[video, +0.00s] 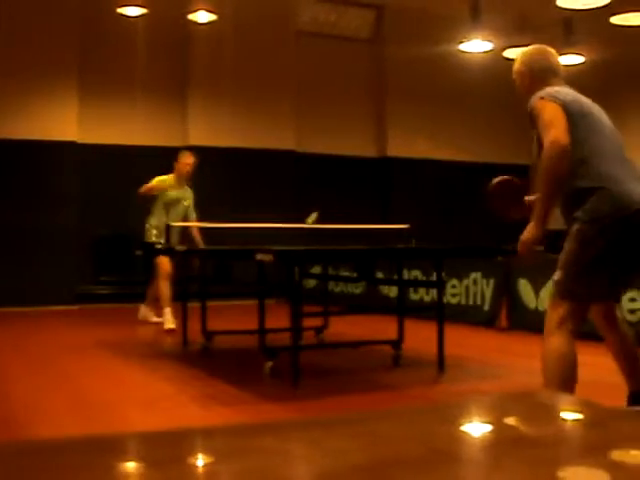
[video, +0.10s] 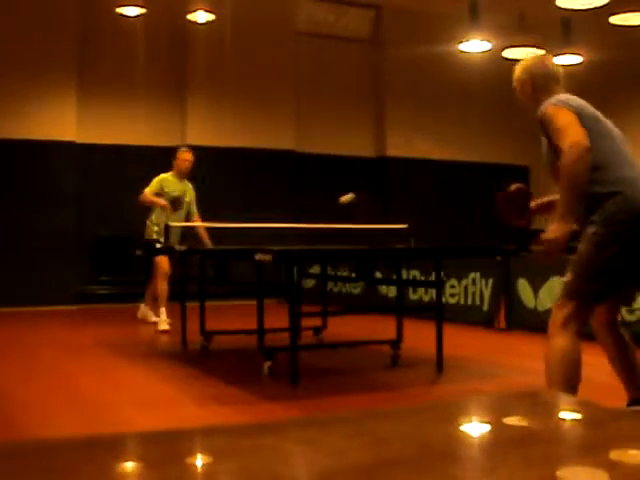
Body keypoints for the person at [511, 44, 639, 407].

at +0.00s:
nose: (515, 85)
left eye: (515, 77)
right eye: (514, 77)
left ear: (524, 76)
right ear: (557, 73)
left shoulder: (544, 99)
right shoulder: (581, 102)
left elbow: (558, 143)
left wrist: (538, 221)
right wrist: (538, 201)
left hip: (603, 210)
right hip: (631, 207)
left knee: (561, 317)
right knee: (604, 309)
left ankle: (557, 415)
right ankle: (637, 390)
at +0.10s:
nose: (517, 95)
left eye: (517, 87)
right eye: (516, 87)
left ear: (527, 85)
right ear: (555, 80)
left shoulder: (553, 107)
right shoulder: (575, 107)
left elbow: (577, 148)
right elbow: (599, 176)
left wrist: (563, 219)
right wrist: (551, 201)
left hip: (615, 215)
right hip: (632, 213)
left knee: (564, 318)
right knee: (605, 319)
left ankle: (561, 414)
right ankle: (636, 396)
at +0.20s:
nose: (514, 122)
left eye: (514, 114)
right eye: (513, 114)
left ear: (526, 110)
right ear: (551, 102)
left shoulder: (557, 126)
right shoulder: (576, 124)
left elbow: (593, 160)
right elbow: (577, 212)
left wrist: (587, 228)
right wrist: (537, 220)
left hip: (627, 225)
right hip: (633, 224)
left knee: (565, 316)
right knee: (603, 319)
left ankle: (571, 414)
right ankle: (636, 397)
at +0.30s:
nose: (512, 157)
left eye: (513, 147)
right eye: (510, 148)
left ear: (529, 141)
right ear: (545, 135)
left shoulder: (557, 154)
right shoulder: (570, 152)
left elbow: (601, 182)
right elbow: (581, 233)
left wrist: (607, 250)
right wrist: (537, 240)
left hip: (632, 245)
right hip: (634, 246)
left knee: (566, 319)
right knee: (600, 324)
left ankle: (575, 414)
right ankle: (636, 398)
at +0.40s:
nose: (511, 184)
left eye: (511, 175)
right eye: (509, 177)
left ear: (526, 168)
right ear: (543, 160)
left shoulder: (557, 179)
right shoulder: (560, 184)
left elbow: (602, 202)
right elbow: (572, 246)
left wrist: (616, 275)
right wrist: (522, 265)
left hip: (631, 260)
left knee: (562, 320)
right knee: (599, 326)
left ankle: (571, 415)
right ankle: (635, 399)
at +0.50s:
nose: (513, 190)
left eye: (513, 181)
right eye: (511, 182)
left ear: (527, 176)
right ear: (545, 166)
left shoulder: (557, 185)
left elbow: (599, 210)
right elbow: (565, 249)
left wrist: (617, 282)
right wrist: (520, 279)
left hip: (635, 260)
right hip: (634, 259)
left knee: (557, 321)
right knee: (595, 326)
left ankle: (569, 417)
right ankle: (635, 401)